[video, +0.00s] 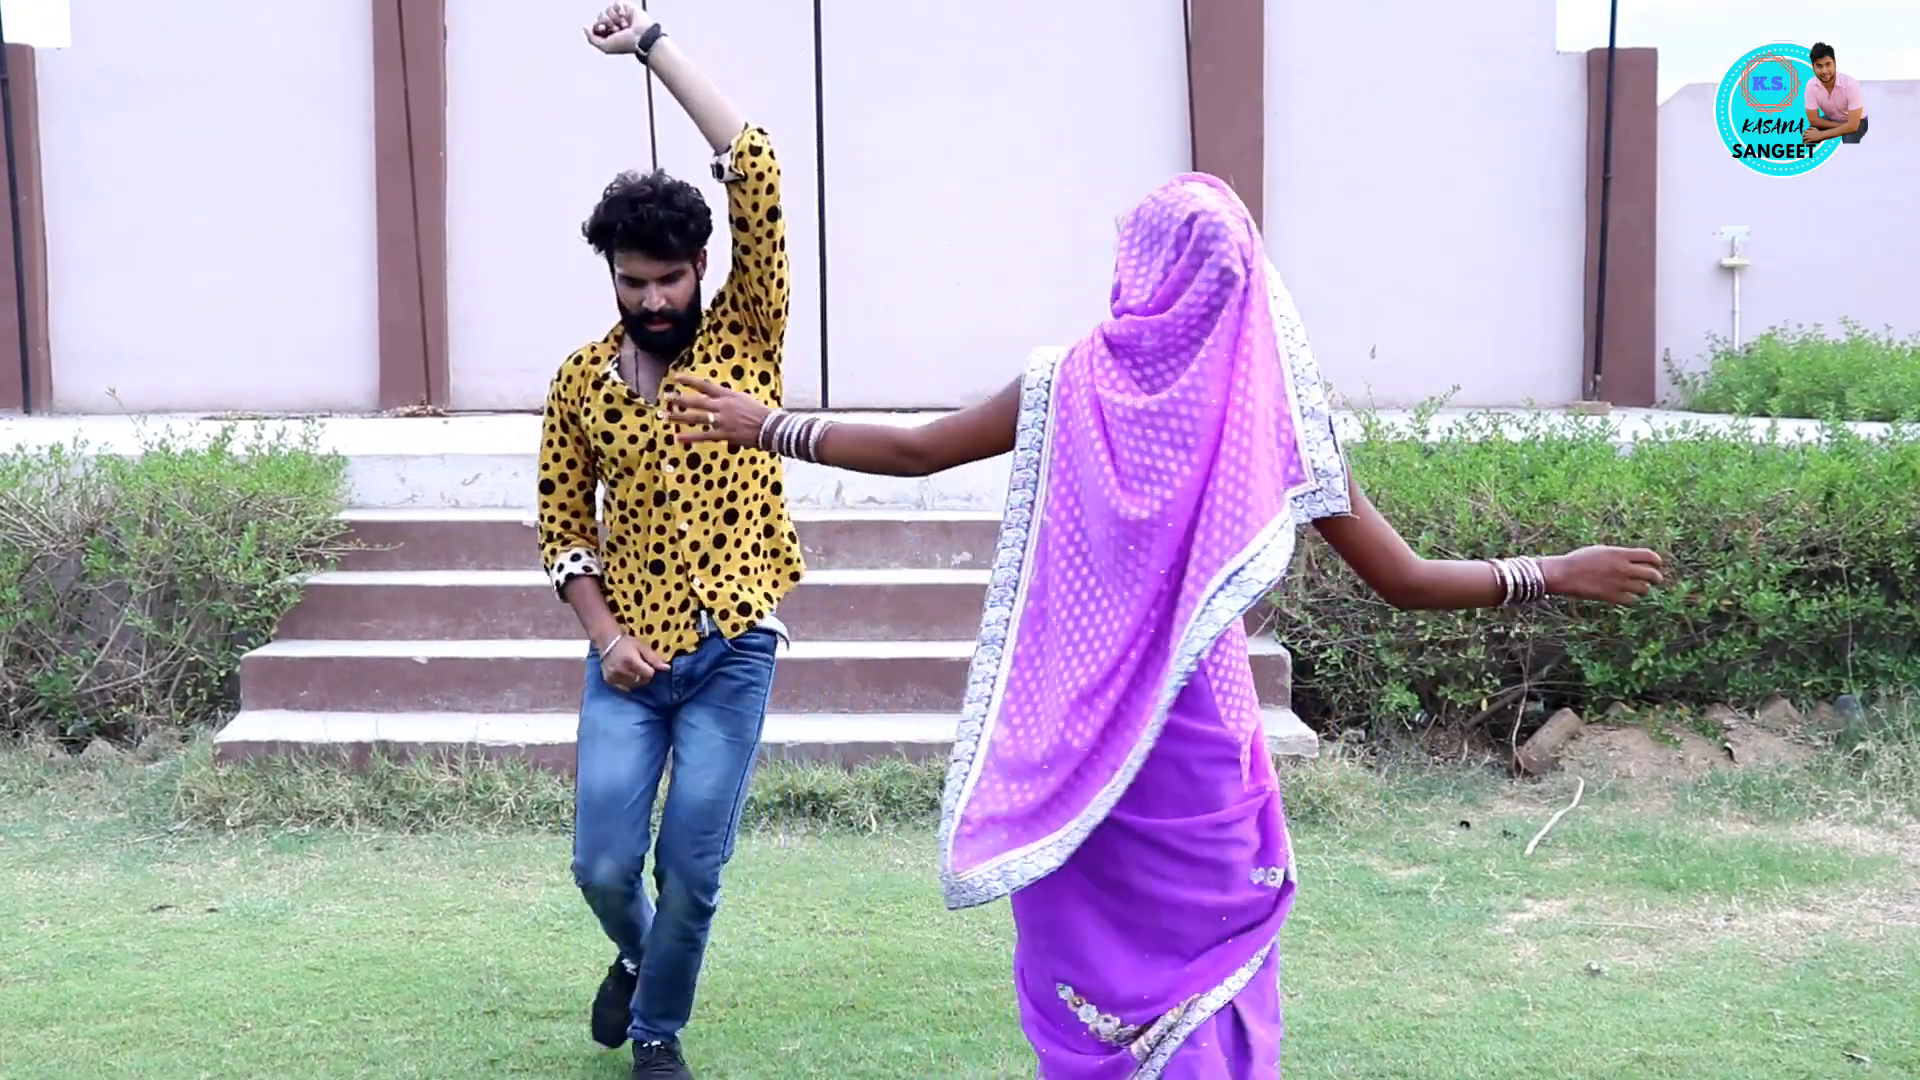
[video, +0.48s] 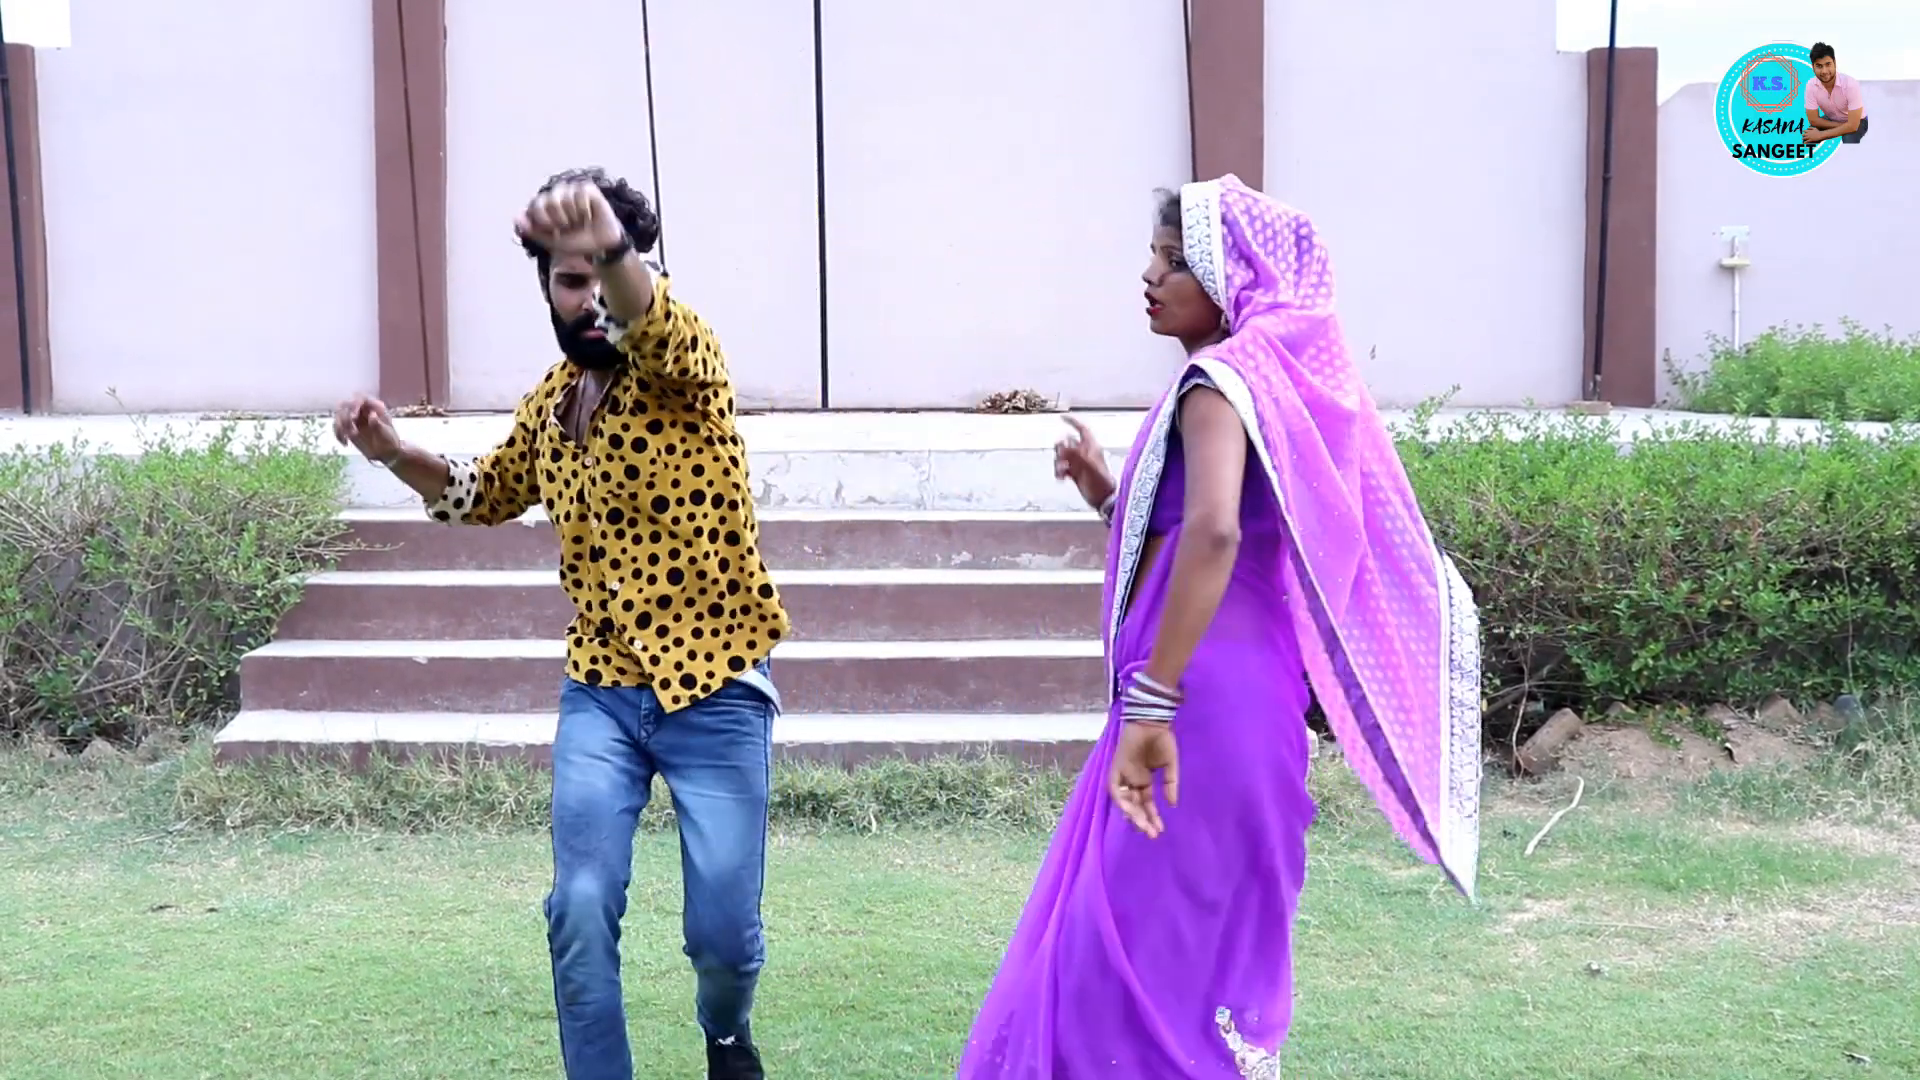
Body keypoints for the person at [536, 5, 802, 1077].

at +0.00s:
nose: (654, 301)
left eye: (670, 281)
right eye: (634, 284)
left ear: (703, 268)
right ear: (609, 274)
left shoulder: (746, 342)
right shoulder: (584, 380)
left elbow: (753, 165)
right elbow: (562, 526)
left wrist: (652, 48)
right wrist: (605, 634)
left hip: (733, 654)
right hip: (627, 660)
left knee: (689, 875)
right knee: (602, 869)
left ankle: (660, 1039)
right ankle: (643, 953)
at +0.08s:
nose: (641, 299)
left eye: (658, 278)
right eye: (622, 281)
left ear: (692, 268)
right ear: (596, 275)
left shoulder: (738, 343)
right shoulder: (577, 380)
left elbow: (739, 161)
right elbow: (554, 520)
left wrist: (638, 38)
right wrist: (588, 623)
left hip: (725, 662)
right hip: (619, 666)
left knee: (692, 881)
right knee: (600, 861)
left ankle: (661, 1036)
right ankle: (604, 1003)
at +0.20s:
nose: (618, 271)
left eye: (635, 249)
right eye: (598, 255)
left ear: (673, 240)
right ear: (575, 253)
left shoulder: (720, 315)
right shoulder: (568, 361)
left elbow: (702, 128)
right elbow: (549, 492)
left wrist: (621, 5)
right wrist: (552, 569)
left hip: (721, 648)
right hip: (610, 648)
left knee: (691, 876)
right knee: (594, 856)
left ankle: (653, 1032)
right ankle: (586, 1064)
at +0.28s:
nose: (601, 263)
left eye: (619, 241)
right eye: (582, 247)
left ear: (662, 233)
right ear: (560, 249)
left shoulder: (703, 308)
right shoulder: (560, 360)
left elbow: (680, 136)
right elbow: (543, 482)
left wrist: (612, 3)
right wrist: (521, 526)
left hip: (720, 647)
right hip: (606, 649)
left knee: (698, 890)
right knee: (595, 875)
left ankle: (657, 1022)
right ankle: (589, 1074)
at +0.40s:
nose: (599, 289)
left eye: (615, 267)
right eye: (575, 273)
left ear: (646, 268)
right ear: (549, 280)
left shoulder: (687, 358)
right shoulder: (551, 393)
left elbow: (653, 237)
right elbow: (509, 515)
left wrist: (599, 109)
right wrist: (442, 499)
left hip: (716, 682)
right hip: (599, 682)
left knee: (721, 932)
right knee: (585, 902)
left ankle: (684, 1018)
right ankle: (599, 1074)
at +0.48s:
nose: (588, 298)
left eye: (605, 276)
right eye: (567, 281)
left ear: (638, 275)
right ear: (544, 291)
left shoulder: (682, 361)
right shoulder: (554, 403)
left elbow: (656, 323)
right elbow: (487, 498)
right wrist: (397, 454)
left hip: (720, 692)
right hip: (601, 692)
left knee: (725, 935)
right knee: (580, 906)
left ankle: (727, 1041)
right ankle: (598, 1073)